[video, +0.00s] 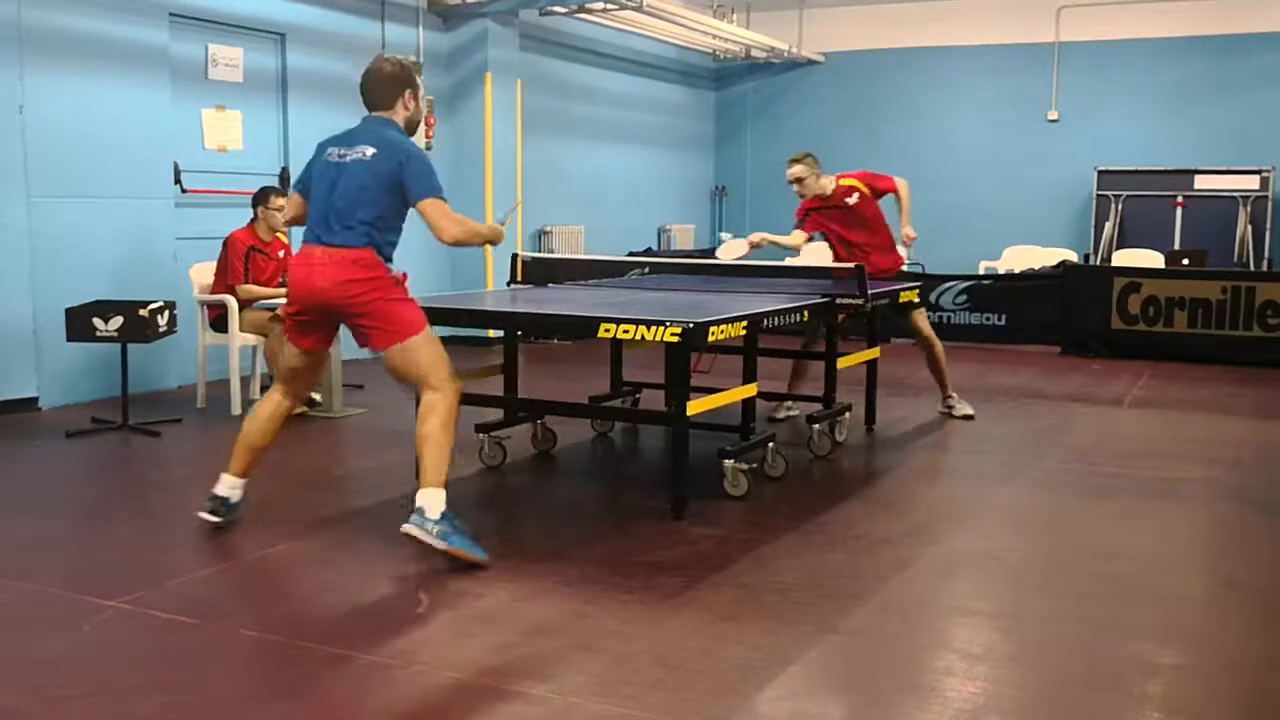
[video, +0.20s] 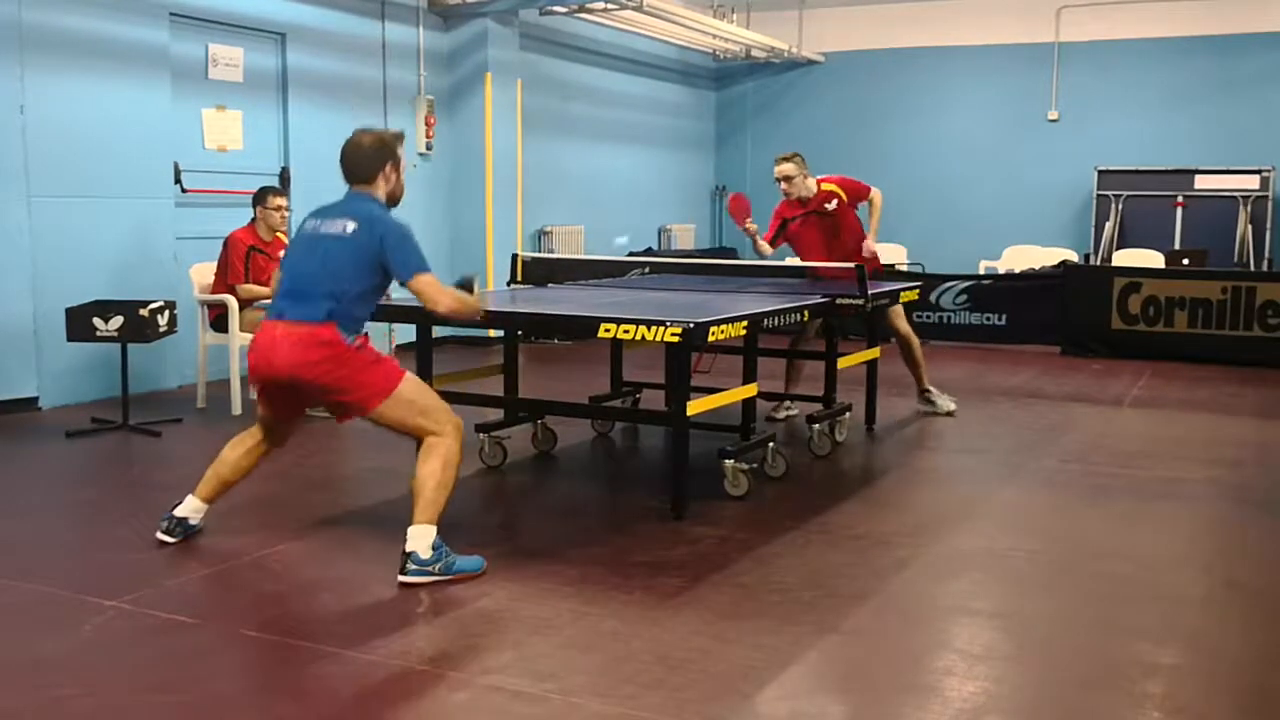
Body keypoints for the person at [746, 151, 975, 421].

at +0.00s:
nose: (796, 189)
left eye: (799, 181)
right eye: (792, 184)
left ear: (818, 175)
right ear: (796, 184)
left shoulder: (855, 182)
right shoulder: (810, 210)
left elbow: (900, 185)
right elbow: (797, 241)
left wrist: (905, 226)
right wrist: (767, 238)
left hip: (892, 275)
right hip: (850, 282)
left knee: (926, 333)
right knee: (814, 338)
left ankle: (949, 397)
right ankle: (789, 399)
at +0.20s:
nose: (782, 187)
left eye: (787, 179)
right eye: (778, 181)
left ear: (805, 175)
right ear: (778, 182)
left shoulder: (835, 186)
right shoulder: (784, 212)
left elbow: (875, 195)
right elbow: (767, 251)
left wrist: (871, 237)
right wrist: (754, 237)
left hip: (866, 276)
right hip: (823, 284)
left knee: (903, 331)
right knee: (800, 338)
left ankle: (925, 390)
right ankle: (788, 400)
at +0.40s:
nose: (804, 167)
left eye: (810, 160)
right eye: (800, 161)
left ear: (827, 159)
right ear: (798, 163)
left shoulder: (852, 185)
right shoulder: (798, 197)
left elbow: (891, 212)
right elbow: (786, 236)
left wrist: (865, 240)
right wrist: (773, 245)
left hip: (861, 277)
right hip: (818, 279)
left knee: (895, 334)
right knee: (794, 333)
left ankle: (916, 388)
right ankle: (776, 395)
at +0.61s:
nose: (821, 162)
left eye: (827, 155)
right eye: (817, 156)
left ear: (843, 154)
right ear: (815, 159)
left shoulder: (866, 181)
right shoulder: (817, 190)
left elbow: (904, 212)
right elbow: (802, 228)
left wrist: (868, 233)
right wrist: (791, 237)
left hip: (877, 275)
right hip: (834, 275)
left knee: (903, 327)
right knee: (798, 325)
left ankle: (929, 385)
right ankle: (789, 382)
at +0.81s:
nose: (800, 174)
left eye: (805, 169)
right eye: (799, 169)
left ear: (825, 169)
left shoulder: (854, 195)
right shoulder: (816, 204)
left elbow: (889, 230)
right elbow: (826, 240)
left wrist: (857, 262)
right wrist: (817, 269)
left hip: (876, 283)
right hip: (837, 283)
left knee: (902, 339)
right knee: (800, 330)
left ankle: (950, 390)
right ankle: (805, 386)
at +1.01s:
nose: (774, 145)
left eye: (778, 139)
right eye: (774, 139)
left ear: (795, 142)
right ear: (789, 143)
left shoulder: (823, 169)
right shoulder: (797, 177)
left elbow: (855, 204)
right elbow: (814, 218)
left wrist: (823, 233)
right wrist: (799, 242)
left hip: (839, 263)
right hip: (811, 263)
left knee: (857, 325)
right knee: (792, 319)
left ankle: (907, 377)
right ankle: (803, 382)